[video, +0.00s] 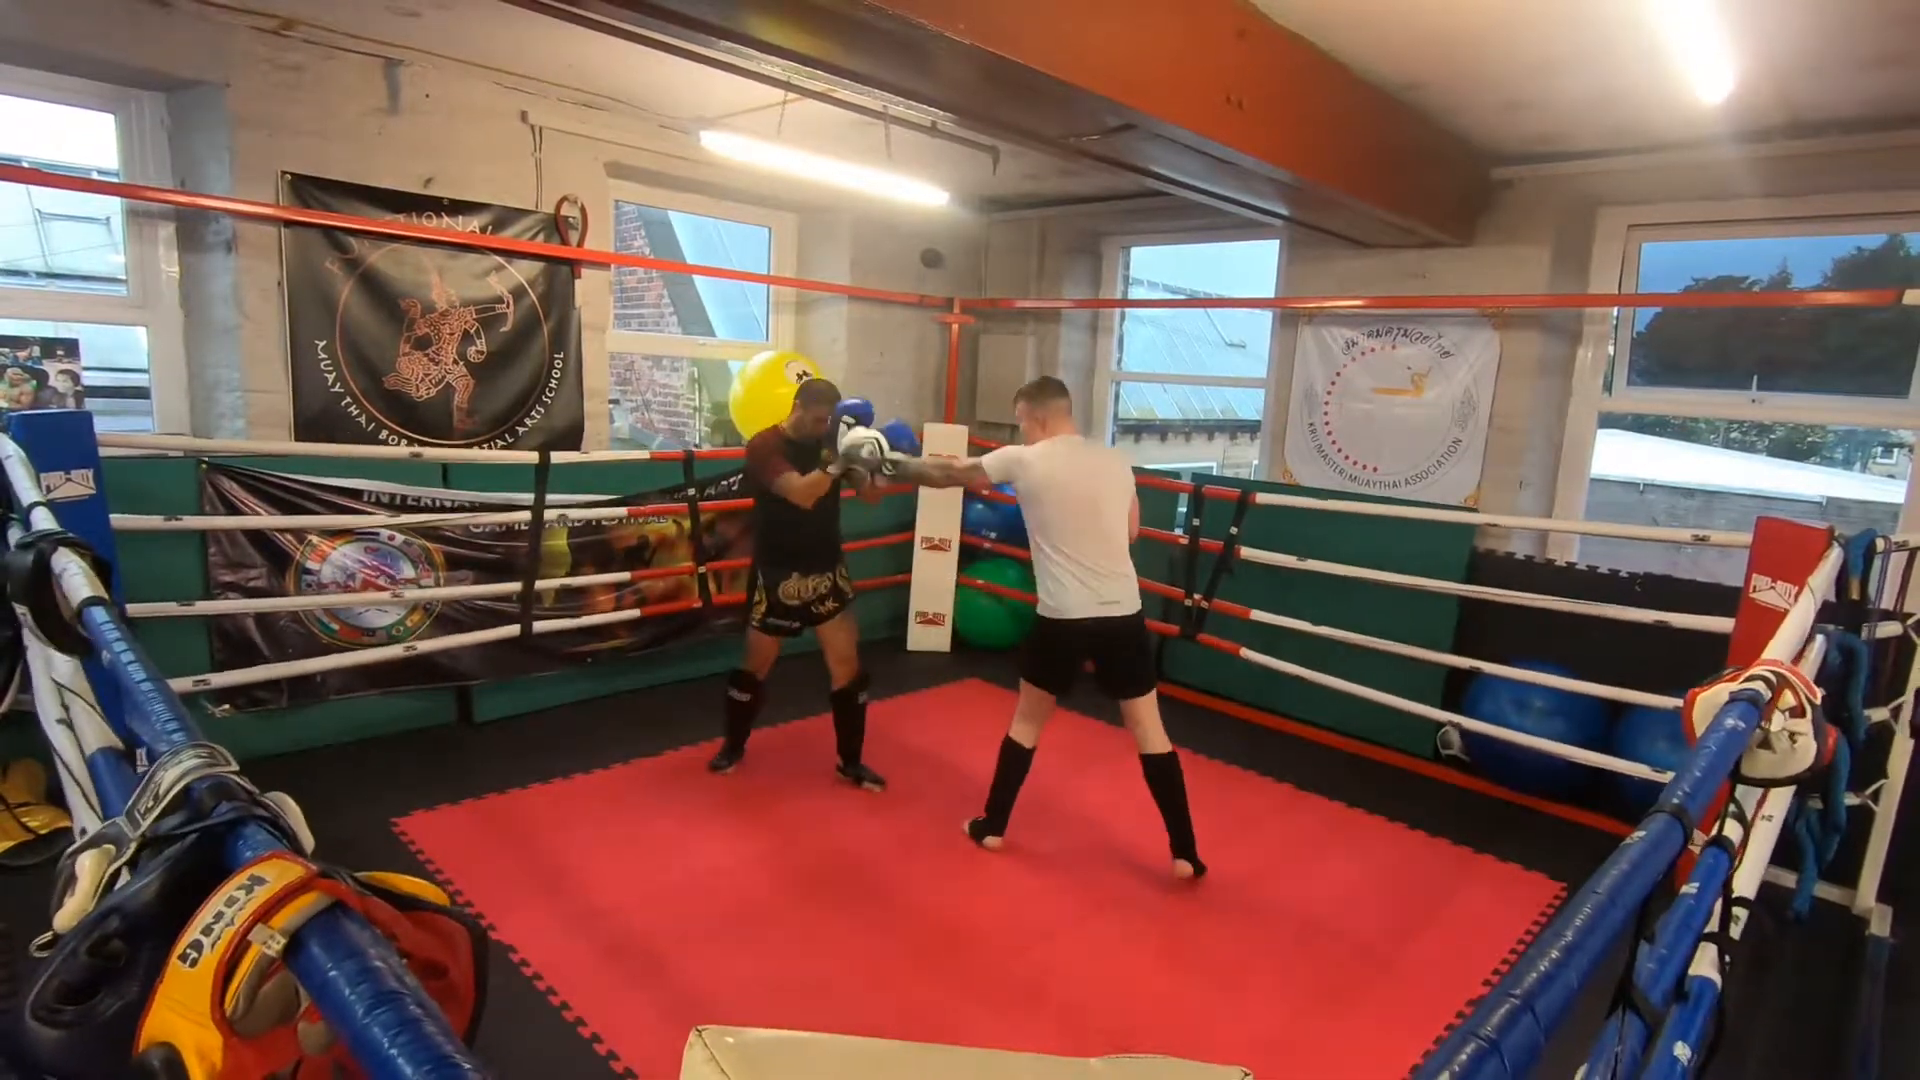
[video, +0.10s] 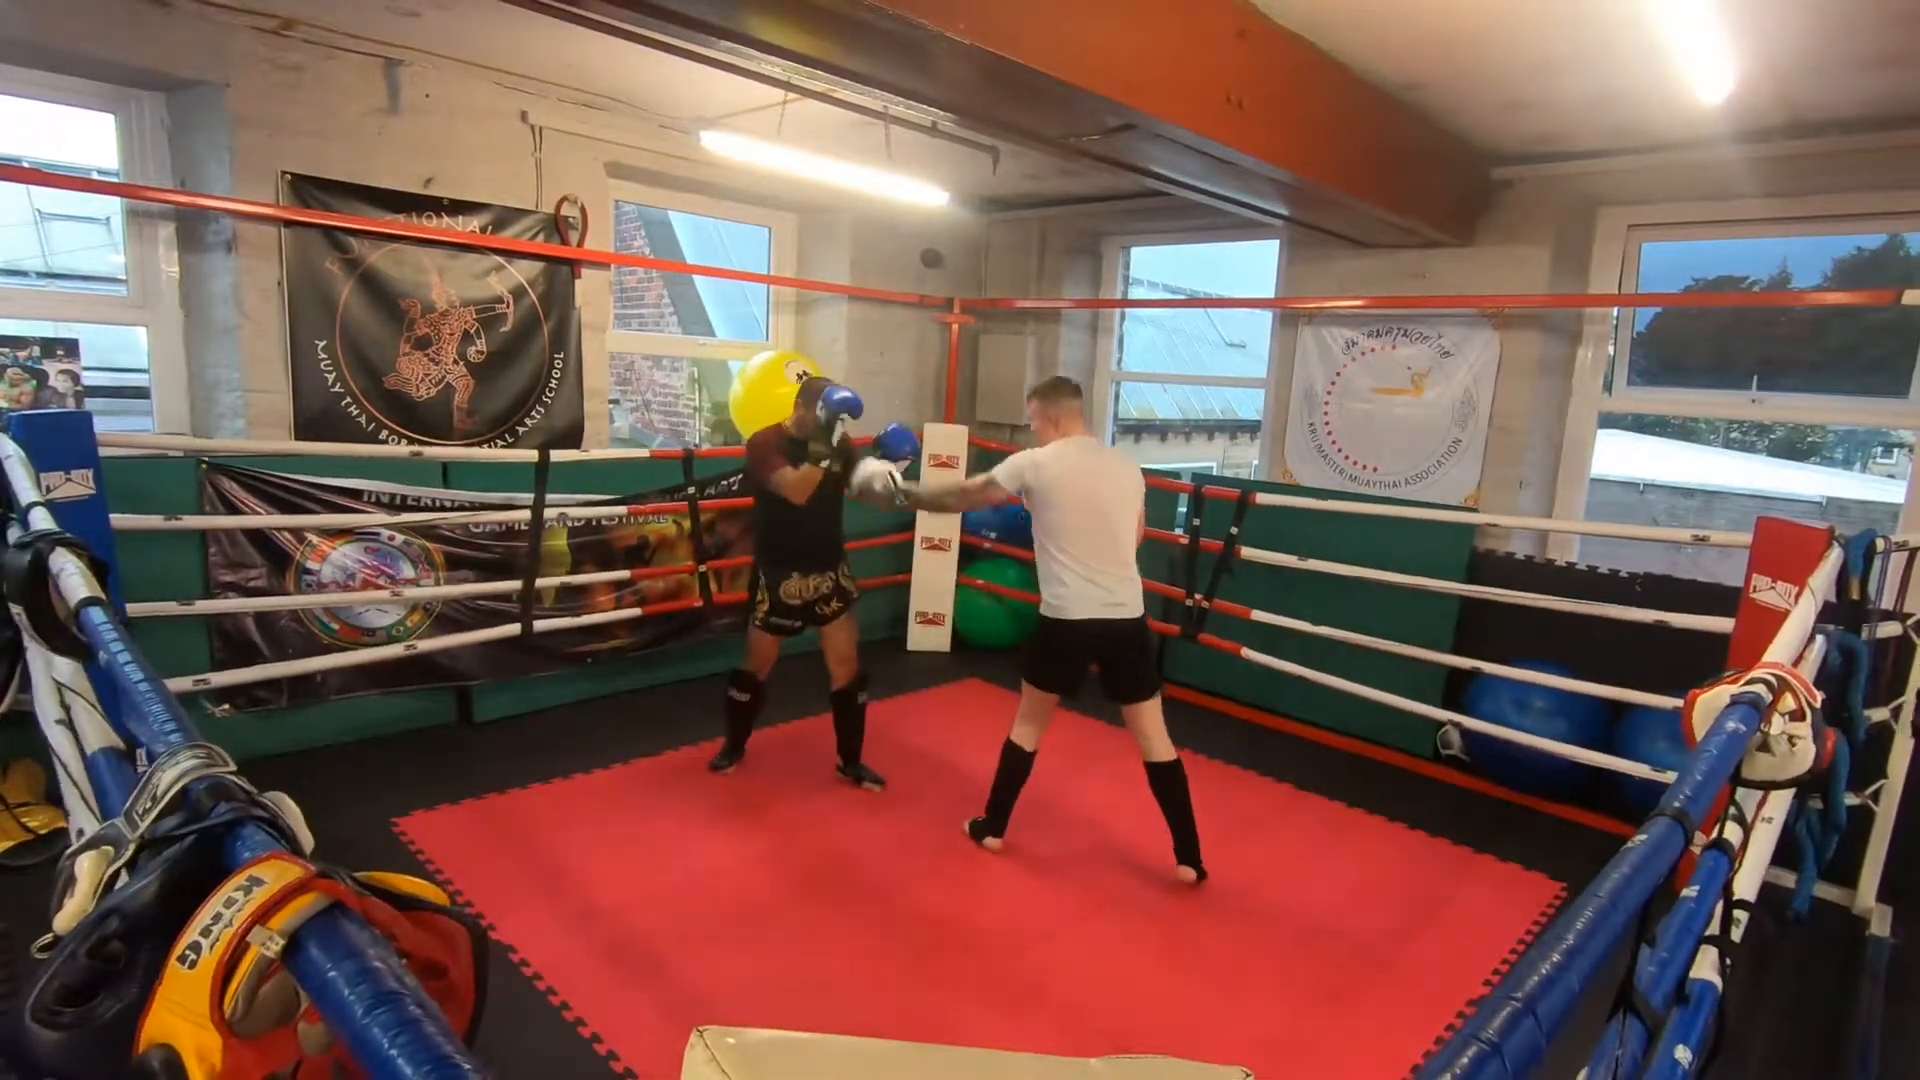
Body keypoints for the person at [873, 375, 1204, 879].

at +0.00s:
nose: (1021, 430)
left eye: (1021, 422)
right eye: (1020, 423)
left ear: (1035, 419)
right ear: (1068, 414)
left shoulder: (1023, 459)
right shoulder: (1117, 461)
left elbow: (948, 473)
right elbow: (1132, 529)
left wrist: (884, 462)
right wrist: (1076, 515)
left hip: (1061, 621)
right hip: (1124, 620)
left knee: (1028, 721)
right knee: (1150, 729)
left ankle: (993, 826)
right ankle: (1185, 852)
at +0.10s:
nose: (1032, 430)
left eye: (1034, 422)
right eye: (1031, 422)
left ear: (1050, 418)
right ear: (1079, 415)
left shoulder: (1034, 463)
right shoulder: (1127, 466)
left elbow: (964, 495)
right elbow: (1134, 535)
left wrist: (901, 489)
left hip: (1064, 624)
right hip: (1127, 626)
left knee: (1029, 723)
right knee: (1154, 736)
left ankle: (993, 826)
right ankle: (1190, 859)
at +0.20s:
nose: (1043, 439)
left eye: (1043, 431)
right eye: (1041, 431)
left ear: (1060, 425)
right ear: (1096, 424)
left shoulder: (1054, 473)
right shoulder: (1141, 475)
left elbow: (992, 535)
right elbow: (1120, 538)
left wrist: (936, 543)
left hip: (1068, 630)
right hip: (1132, 635)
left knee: (1030, 725)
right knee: (1153, 748)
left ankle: (993, 825)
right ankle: (1184, 871)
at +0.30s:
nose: (1052, 443)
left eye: (1055, 432)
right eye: (1051, 433)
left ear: (1074, 428)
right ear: (1100, 428)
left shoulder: (1068, 475)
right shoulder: (1145, 476)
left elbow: (1029, 546)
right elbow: (1130, 543)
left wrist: (977, 567)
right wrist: (1053, 543)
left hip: (1077, 629)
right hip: (1138, 636)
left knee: (1030, 724)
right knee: (1156, 750)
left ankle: (992, 826)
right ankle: (1184, 874)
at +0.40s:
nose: (1050, 439)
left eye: (1051, 430)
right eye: (1048, 431)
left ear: (1069, 426)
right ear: (1100, 426)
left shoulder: (1063, 474)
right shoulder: (1147, 476)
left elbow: (1015, 541)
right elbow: (1128, 541)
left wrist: (960, 552)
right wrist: (1047, 533)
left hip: (1076, 629)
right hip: (1140, 635)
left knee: (1027, 724)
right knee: (1157, 750)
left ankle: (991, 835)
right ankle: (1187, 874)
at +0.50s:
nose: (1040, 435)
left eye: (1041, 426)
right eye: (1039, 427)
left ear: (1059, 423)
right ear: (1091, 423)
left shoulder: (1049, 471)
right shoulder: (1139, 472)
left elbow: (978, 517)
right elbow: (1140, 542)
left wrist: (924, 501)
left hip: (1070, 632)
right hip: (1135, 636)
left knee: (1029, 728)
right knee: (1155, 748)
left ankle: (990, 837)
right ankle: (1188, 872)